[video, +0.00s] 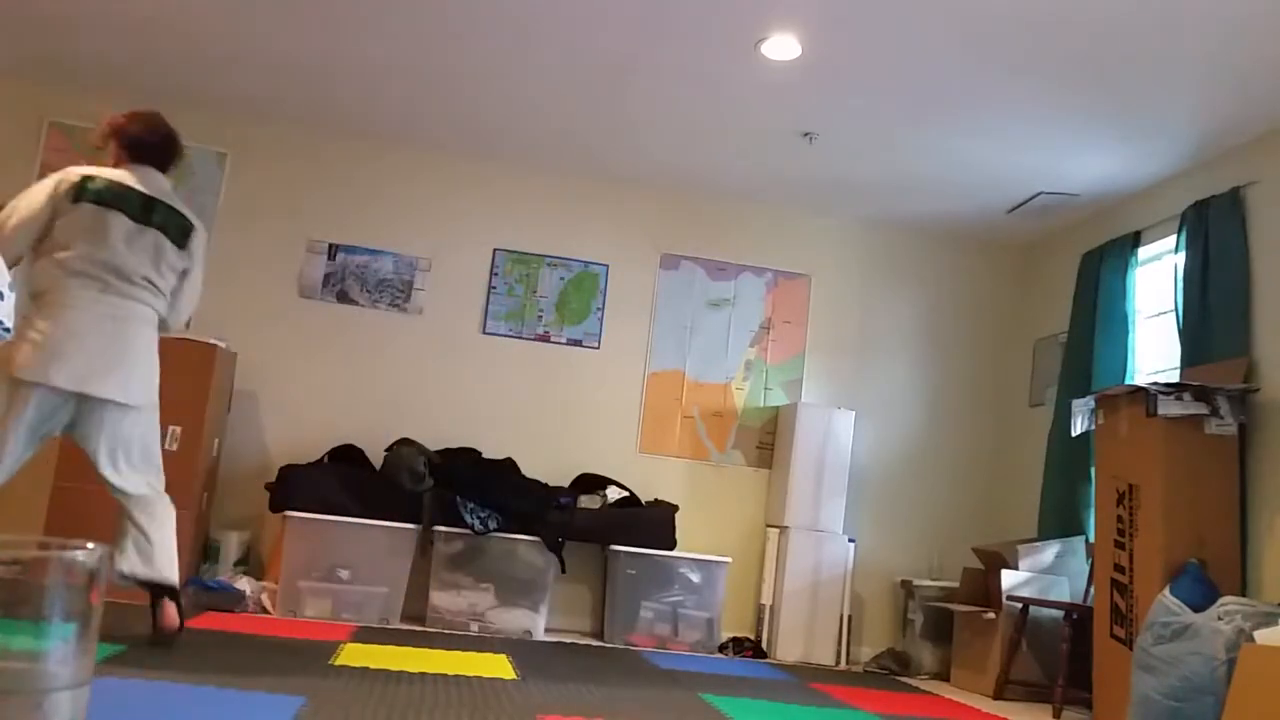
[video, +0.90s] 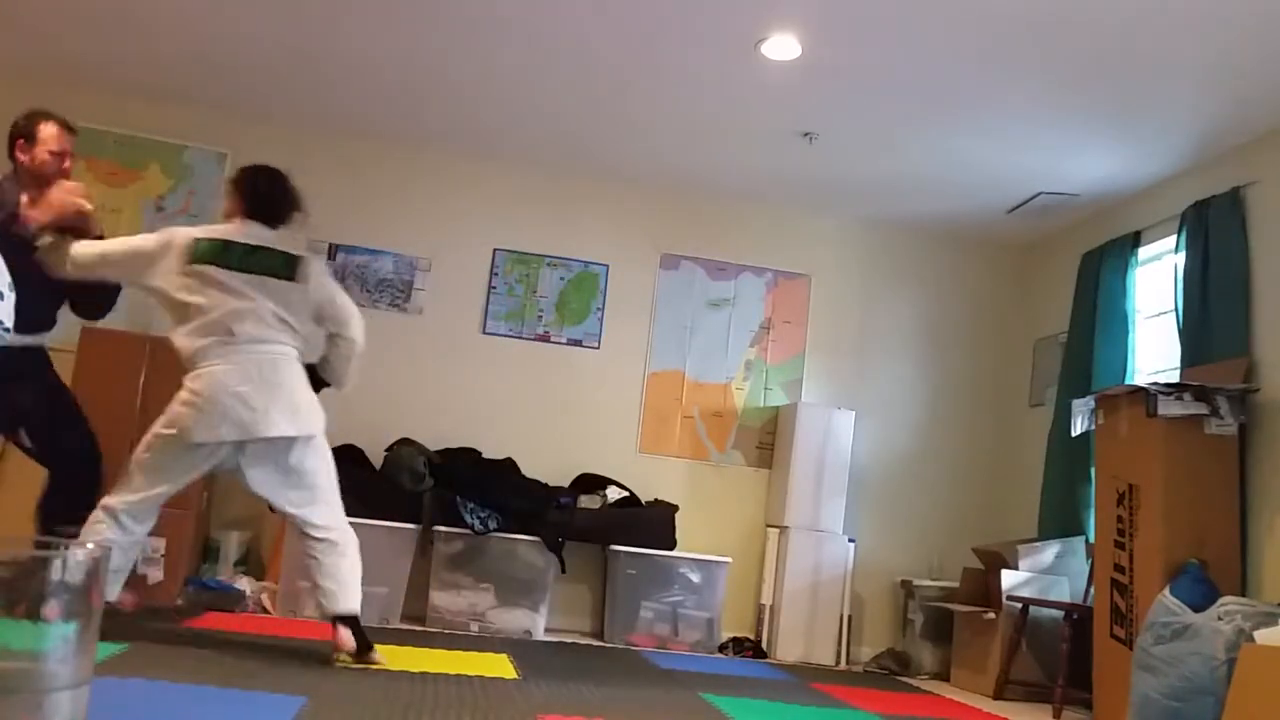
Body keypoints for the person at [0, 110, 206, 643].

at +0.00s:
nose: (102, 151)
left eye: (107, 144)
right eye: (106, 142)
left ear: (117, 150)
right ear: (167, 164)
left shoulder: (72, 182)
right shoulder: (190, 226)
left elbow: (8, 237)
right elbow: (176, 314)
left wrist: (32, 281)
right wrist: (128, 314)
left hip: (50, 347)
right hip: (129, 366)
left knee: (0, 460)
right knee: (143, 485)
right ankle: (164, 592)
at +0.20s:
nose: (154, 173)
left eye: (159, 164)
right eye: (158, 163)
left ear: (173, 170)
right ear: (222, 181)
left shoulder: (139, 205)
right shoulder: (246, 247)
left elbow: (73, 275)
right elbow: (231, 331)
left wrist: (61, 244)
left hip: (122, 372)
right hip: (193, 389)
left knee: (22, 472)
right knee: (167, 510)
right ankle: (165, 617)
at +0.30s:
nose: (186, 167)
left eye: (189, 159)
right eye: (189, 159)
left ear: (199, 162)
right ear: (250, 171)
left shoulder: (169, 198)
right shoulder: (275, 234)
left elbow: (109, 273)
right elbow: (266, 314)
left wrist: (92, 255)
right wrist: (223, 291)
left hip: (163, 356)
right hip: (232, 373)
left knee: (88, 461)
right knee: (199, 494)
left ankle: (32, 572)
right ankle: (173, 610)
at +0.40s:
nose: (208, 165)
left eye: (210, 157)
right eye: (210, 157)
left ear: (220, 158)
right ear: (272, 167)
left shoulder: (192, 191)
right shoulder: (298, 226)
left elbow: (138, 269)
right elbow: (290, 310)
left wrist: (116, 261)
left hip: (194, 351)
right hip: (265, 362)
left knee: (142, 463)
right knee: (241, 479)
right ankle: (229, 595)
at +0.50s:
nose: (230, 180)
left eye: (232, 172)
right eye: (232, 172)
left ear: (244, 172)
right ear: (296, 181)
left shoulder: (217, 208)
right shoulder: (323, 244)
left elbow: (162, 283)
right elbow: (313, 328)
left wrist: (140, 271)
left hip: (218, 375)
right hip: (289, 386)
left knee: (160, 491)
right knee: (296, 496)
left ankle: (152, 615)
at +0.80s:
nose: (257, 213)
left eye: (260, 206)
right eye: (261, 206)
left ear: (270, 211)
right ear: (315, 222)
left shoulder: (229, 251)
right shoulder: (343, 281)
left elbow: (160, 298)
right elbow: (369, 356)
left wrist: (127, 288)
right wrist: (320, 390)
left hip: (226, 407)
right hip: (303, 416)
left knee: (145, 497)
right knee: (342, 534)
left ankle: (84, 603)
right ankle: (353, 638)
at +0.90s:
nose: (224, 206)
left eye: (228, 199)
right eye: (229, 199)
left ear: (234, 204)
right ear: (283, 215)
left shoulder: (182, 245)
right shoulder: (305, 266)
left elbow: (79, 258)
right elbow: (350, 326)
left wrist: (48, 239)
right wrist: (327, 376)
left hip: (213, 395)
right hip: (289, 400)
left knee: (132, 501)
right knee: (325, 518)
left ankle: (67, 604)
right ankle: (348, 624)